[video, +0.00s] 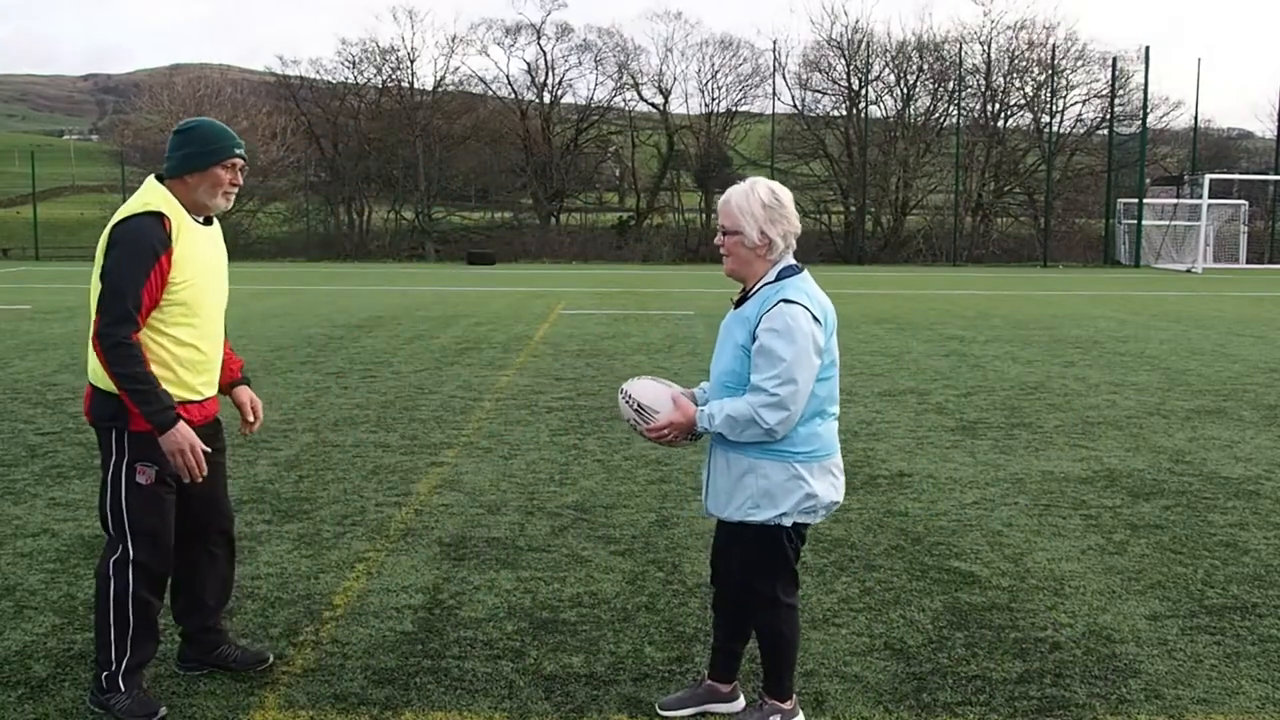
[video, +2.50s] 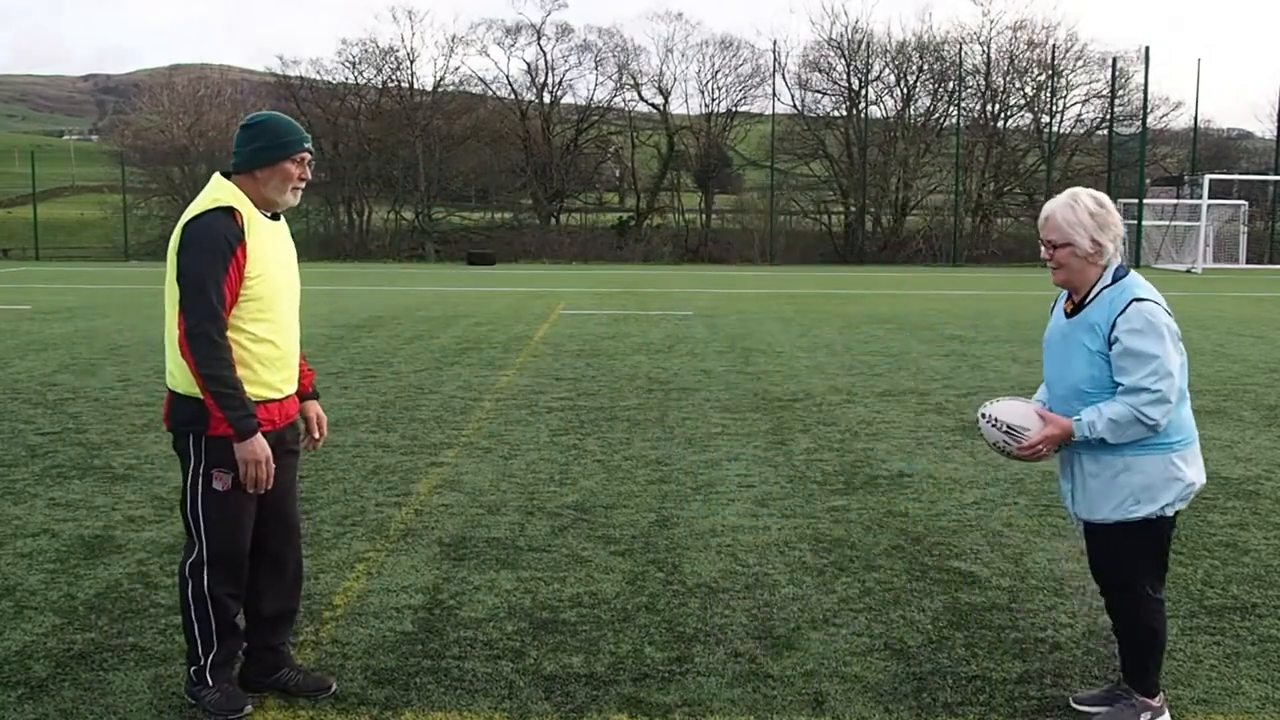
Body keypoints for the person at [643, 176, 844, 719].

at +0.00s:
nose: (718, 242)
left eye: (728, 232)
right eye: (719, 231)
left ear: (764, 240)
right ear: (758, 242)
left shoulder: (789, 310)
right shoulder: (761, 300)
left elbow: (773, 411)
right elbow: (738, 382)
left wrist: (701, 418)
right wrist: (689, 403)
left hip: (780, 478)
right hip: (746, 472)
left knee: (769, 590)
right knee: (729, 580)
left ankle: (779, 703)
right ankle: (720, 685)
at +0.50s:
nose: (737, 245)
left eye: (747, 236)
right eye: (737, 235)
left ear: (783, 244)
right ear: (774, 244)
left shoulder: (810, 313)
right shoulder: (776, 301)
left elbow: (797, 415)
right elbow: (758, 383)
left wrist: (723, 422)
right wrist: (708, 402)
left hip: (802, 476)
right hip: (770, 467)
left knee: (778, 585)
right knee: (754, 563)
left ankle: (780, 701)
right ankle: (814, 665)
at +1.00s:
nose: (811, 252)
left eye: (823, 242)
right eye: (809, 241)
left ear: (860, 249)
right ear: (848, 251)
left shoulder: (880, 316)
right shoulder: (851, 308)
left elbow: (872, 414)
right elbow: (834, 390)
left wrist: (802, 424)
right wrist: (785, 413)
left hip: (880, 480)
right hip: (862, 475)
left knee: (830, 582)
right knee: (874, 578)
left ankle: (786, 699)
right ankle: (931, 677)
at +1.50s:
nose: (913, 243)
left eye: (926, 234)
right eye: (912, 233)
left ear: (962, 242)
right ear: (916, 236)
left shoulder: (989, 310)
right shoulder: (937, 303)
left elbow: (981, 405)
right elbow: (927, 380)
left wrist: (904, 411)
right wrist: (884, 400)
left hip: (981, 474)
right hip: (935, 470)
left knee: (970, 580)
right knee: (922, 573)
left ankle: (1044, 681)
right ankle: (934, 681)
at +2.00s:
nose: (1004, 252)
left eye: (1014, 242)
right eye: (1003, 241)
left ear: (1051, 246)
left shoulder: (1096, 313)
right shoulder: (1028, 304)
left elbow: (1102, 410)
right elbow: (1023, 384)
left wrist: (1024, 424)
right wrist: (987, 415)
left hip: (1096, 477)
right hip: (1047, 469)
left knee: (1079, 587)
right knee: (1037, 565)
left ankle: (1084, 700)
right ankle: (1101, 667)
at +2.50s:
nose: (1046, 255)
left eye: (1057, 245)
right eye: (1043, 244)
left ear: (1095, 247)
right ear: (1046, 245)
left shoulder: (1137, 312)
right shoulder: (1069, 302)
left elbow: (1150, 408)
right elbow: (1061, 382)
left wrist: (1072, 428)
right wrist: (1030, 419)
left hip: (1140, 478)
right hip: (1099, 475)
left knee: (1136, 590)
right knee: (1116, 586)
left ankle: (1147, 698)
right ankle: (1134, 686)